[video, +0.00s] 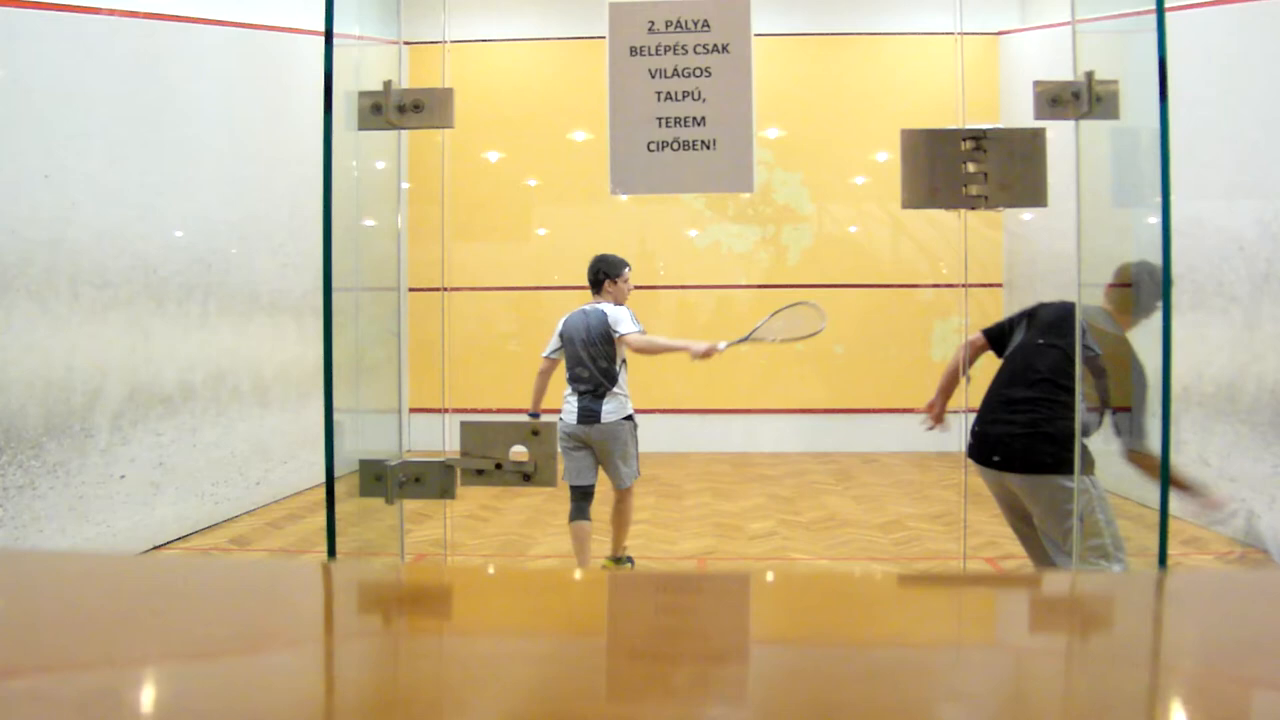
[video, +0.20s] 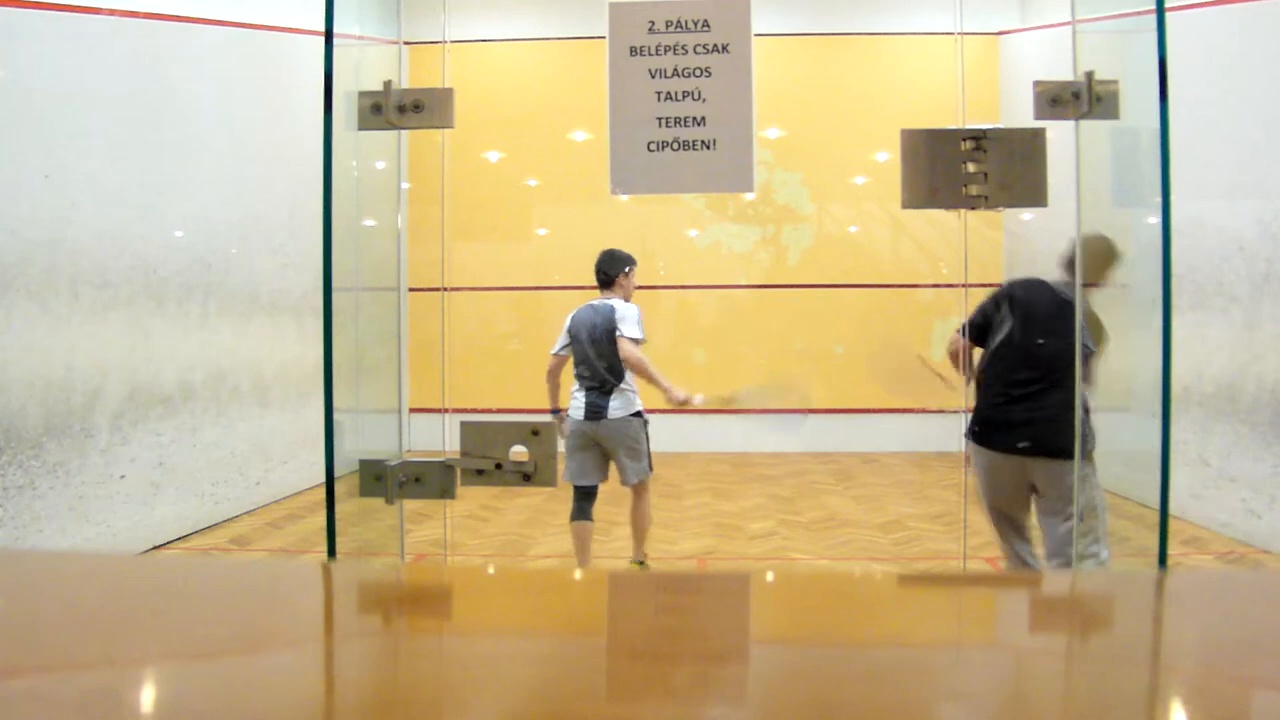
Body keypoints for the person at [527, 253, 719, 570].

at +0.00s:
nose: (630, 288)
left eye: (630, 281)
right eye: (627, 281)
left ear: (601, 285)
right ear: (609, 284)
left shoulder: (568, 320)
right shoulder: (617, 313)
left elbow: (545, 369)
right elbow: (636, 343)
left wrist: (534, 412)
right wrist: (690, 347)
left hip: (572, 421)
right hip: (612, 420)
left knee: (580, 496)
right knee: (623, 488)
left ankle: (582, 570)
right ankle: (617, 555)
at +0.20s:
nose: (634, 283)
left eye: (633, 277)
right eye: (632, 276)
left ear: (602, 279)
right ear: (622, 277)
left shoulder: (576, 315)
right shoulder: (625, 310)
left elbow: (553, 369)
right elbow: (628, 353)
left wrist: (556, 411)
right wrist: (668, 389)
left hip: (580, 417)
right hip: (621, 416)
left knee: (582, 495)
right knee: (640, 487)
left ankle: (582, 570)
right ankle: (639, 558)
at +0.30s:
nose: (635, 282)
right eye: (635, 278)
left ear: (604, 281)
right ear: (633, 280)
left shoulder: (583, 317)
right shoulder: (642, 312)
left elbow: (561, 370)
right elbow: (642, 355)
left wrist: (569, 409)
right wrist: (665, 405)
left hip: (591, 416)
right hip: (634, 416)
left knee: (583, 492)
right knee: (652, 489)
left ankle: (578, 567)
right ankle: (666, 559)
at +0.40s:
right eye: (640, 291)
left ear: (611, 296)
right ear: (641, 295)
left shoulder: (594, 331)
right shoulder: (656, 327)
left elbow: (571, 386)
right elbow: (672, 372)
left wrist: (586, 418)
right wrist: (679, 419)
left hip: (603, 425)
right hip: (648, 424)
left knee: (576, 493)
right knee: (668, 503)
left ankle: (579, 569)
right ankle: (693, 567)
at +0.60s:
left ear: (603, 320)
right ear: (633, 319)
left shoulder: (586, 357)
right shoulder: (653, 356)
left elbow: (573, 414)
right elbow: (684, 406)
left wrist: (567, 457)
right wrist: (678, 446)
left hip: (604, 453)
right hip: (648, 450)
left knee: (566, 503)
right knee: (663, 510)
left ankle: (585, 574)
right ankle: (692, 567)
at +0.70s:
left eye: (581, 308)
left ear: (575, 312)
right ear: (603, 312)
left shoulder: (561, 347)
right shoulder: (627, 349)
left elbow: (554, 399)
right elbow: (658, 403)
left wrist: (547, 421)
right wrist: (643, 435)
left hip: (589, 451)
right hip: (632, 446)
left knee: (557, 506)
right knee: (652, 510)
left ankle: (582, 574)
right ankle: (690, 566)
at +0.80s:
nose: (538, 298)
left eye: (539, 294)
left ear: (542, 295)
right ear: (571, 295)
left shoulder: (543, 324)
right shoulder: (595, 332)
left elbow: (550, 365)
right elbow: (619, 383)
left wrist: (537, 416)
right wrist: (608, 414)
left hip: (572, 438)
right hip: (609, 433)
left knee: (553, 508)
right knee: (608, 499)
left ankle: (581, 577)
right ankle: (644, 562)